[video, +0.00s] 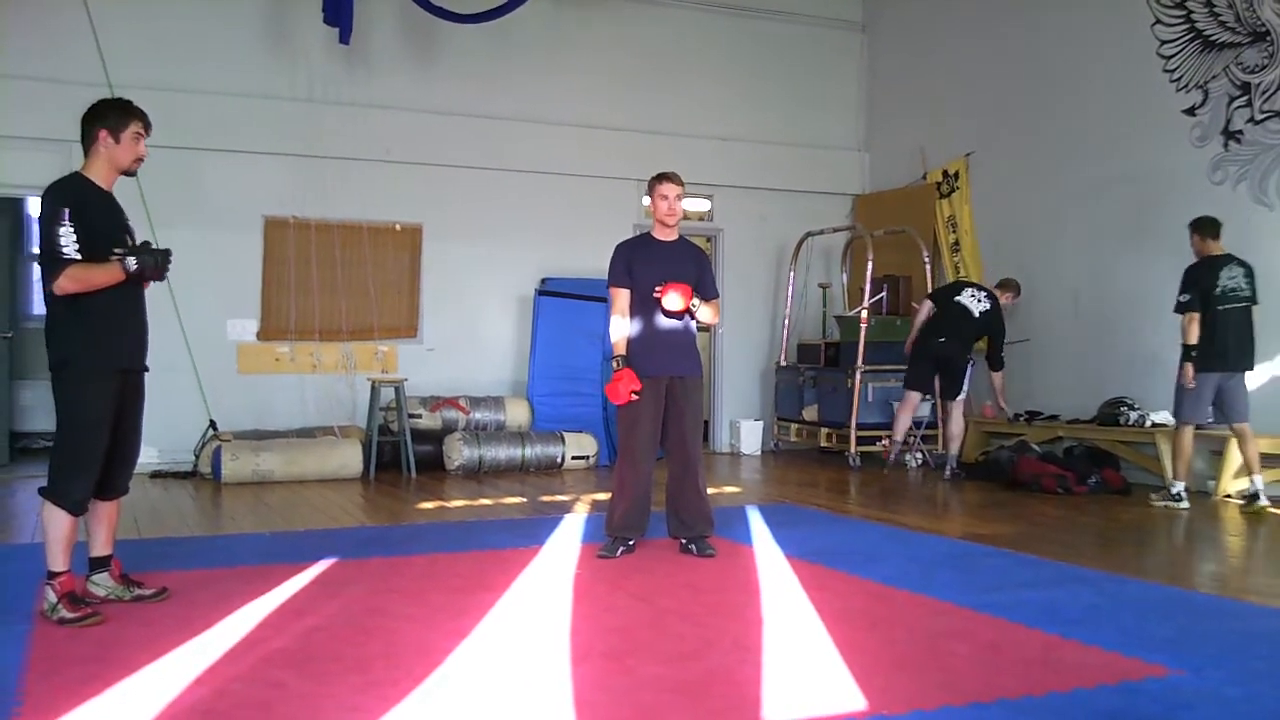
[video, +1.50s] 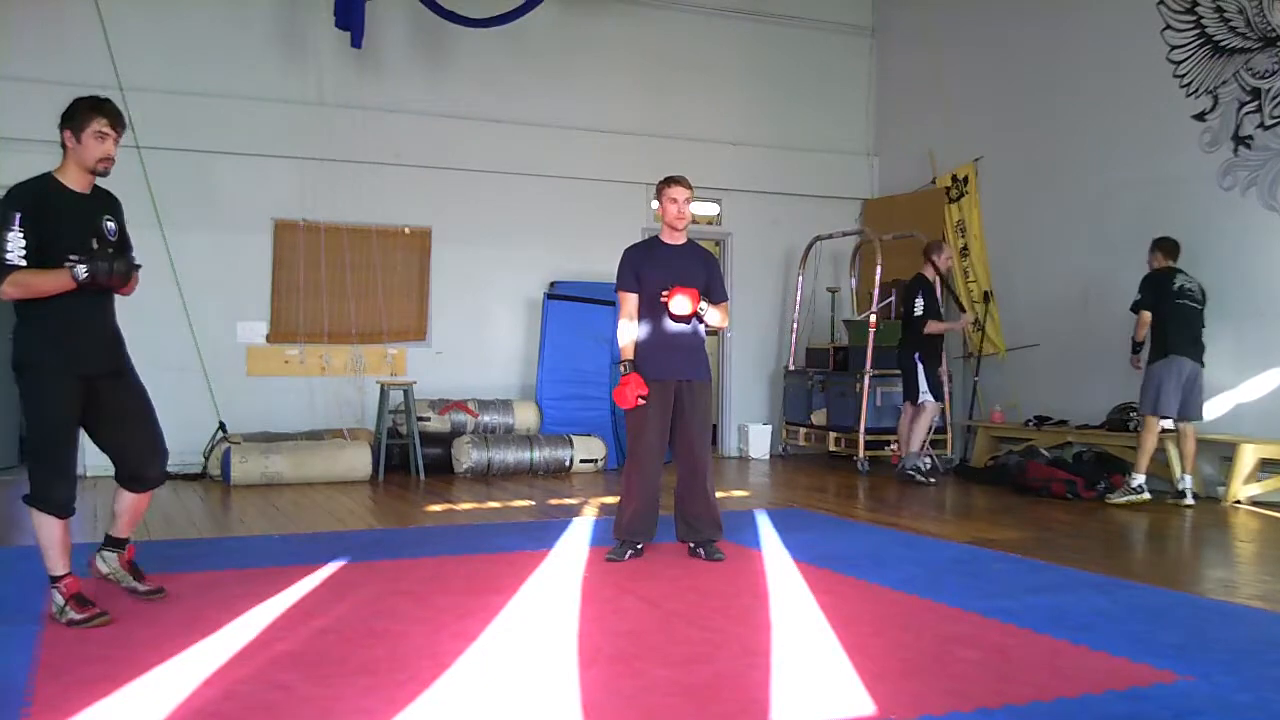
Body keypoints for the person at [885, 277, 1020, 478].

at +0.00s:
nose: (1009, 306)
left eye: (1011, 303)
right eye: (1012, 302)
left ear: (995, 285)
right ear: (1008, 297)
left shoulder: (963, 285)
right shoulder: (996, 316)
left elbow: (927, 302)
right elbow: (995, 363)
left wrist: (913, 335)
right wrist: (1000, 398)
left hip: (926, 344)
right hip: (956, 354)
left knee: (909, 400)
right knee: (955, 410)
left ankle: (892, 454)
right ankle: (951, 466)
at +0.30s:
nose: (993, 313)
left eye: (995, 311)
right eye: (995, 310)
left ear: (980, 293)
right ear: (991, 304)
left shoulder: (947, 289)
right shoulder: (977, 322)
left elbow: (911, 304)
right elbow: (976, 370)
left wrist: (900, 333)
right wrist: (980, 405)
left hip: (904, 344)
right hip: (933, 355)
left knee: (886, 396)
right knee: (935, 411)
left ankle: (862, 449)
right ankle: (932, 467)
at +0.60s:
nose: (965, 292)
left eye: (967, 289)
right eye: (967, 288)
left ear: (950, 275)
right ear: (962, 283)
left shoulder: (914, 282)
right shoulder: (949, 307)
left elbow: (883, 307)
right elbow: (948, 349)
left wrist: (881, 336)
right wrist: (953, 378)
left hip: (880, 346)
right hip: (907, 352)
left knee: (872, 399)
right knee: (913, 409)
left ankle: (859, 455)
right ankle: (912, 465)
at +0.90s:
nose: (932, 272)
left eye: (932, 268)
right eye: (931, 267)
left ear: (913, 263)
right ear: (920, 265)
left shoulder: (884, 281)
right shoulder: (910, 289)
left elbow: (869, 315)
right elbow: (914, 333)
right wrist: (931, 357)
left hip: (867, 349)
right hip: (889, 352)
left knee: (866, 404)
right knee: (904, 404)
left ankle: (854, 458)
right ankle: (905, 462)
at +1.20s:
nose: (959, 268)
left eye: (960, 263)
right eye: (957, 263)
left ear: (942, 261)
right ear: (944, 261)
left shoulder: (924, 285)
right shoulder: (932, 287)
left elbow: (929, 328)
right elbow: (935, 330)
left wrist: (954, 347)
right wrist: (961, 351)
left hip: (913, 352)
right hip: (925, 354)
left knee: (912, 407)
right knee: (941, 406)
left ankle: (905, 463)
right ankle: (946, 466)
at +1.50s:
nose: (951, 264)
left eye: (951, 259)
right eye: (948, 259)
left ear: (932, 259)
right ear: (933, 259)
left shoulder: (928, 284)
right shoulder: (920, 285)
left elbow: (932, 330)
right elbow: (922, 326)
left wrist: (941, 362)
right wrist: (958, 325)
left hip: (918, 353)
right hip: (917, 353)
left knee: (909, 408)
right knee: (930, 405)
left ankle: (906, 460)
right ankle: (911, 459)